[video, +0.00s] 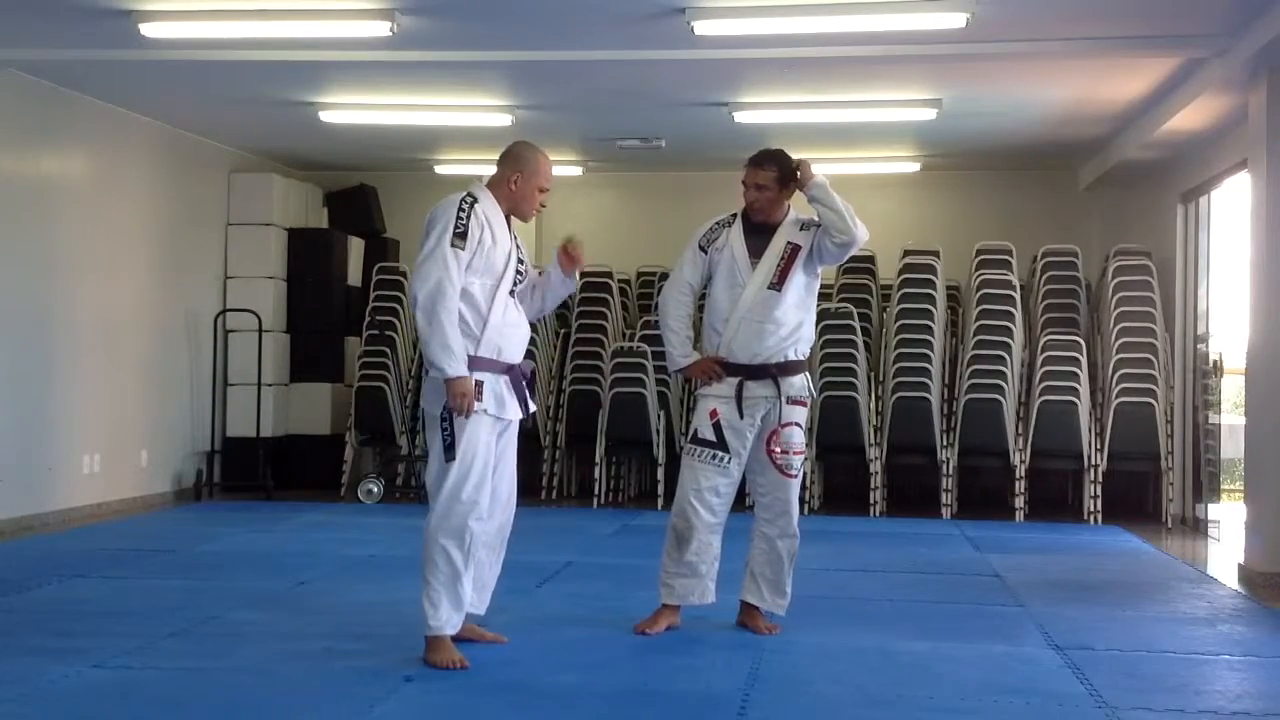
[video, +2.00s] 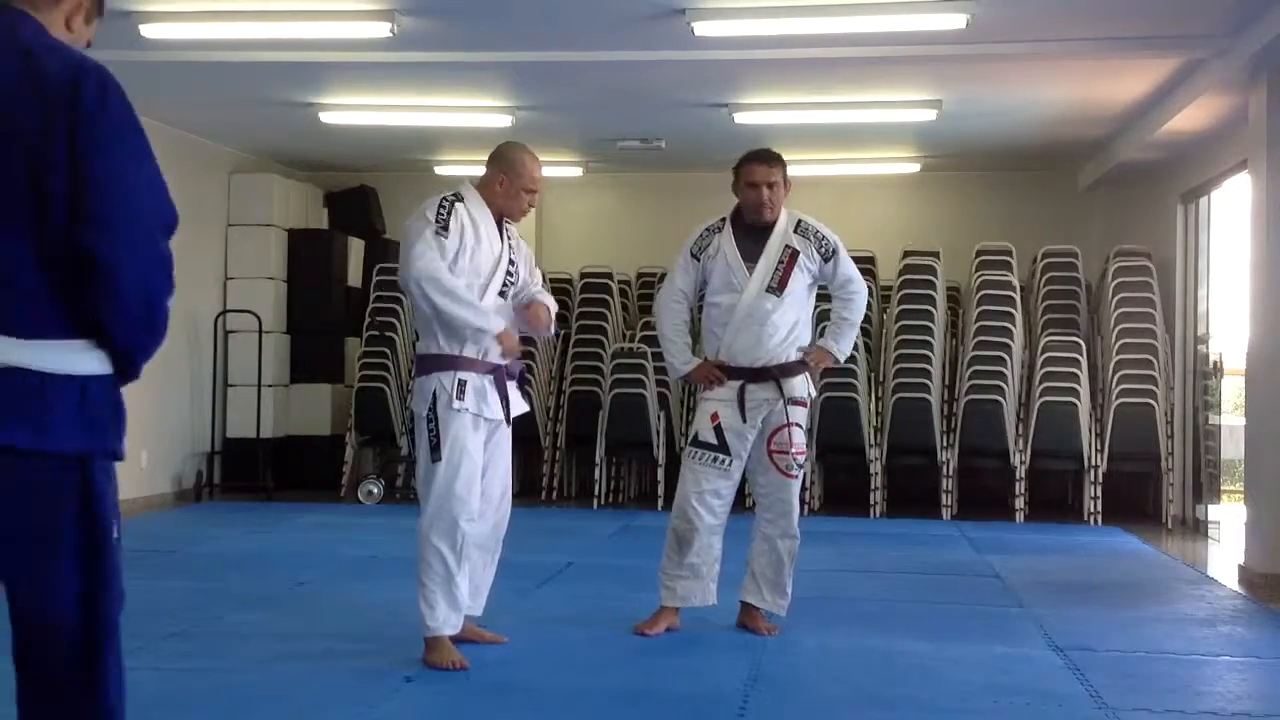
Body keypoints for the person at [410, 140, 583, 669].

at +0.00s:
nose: (546, 199)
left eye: (548, 189)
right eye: (542, 188)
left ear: (517, 182)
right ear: (512, 180)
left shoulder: (507, 235)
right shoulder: (463, 212)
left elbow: (524, 303)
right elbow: (434, 293)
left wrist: (561, 274)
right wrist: (453, 371)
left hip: (504, 389)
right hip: (466, 385)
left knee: (494, 509)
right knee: (457, 508)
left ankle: (463, 617)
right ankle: (438, 631)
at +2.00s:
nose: (533, 203)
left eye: (537, 192)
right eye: (528, 191)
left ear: (508, 185)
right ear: (499, 181)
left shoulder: (512, 242)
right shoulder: (443, 210)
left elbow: (536, 293)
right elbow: (422, 273)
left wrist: (540, 309)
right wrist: (495, 326)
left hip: (497, 389)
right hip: (451, 385)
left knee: (491, 508)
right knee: (450, 507)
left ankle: (463, 618)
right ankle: (439, 632)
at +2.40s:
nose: (526, 197)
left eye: (529, 188)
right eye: (520, 186)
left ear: (510, 183)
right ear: (488, 175)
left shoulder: (505, 227)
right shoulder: (442, 214)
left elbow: (553, 275)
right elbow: (489, 290)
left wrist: (499, 267)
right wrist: (527, 289)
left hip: (494, 391)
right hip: (450, 389)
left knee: (488, 509)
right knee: (448, 510)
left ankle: (462, 619)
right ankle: (437, 634)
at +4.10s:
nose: (501, 192)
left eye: (509, 185)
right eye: (493, 181)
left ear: (514, 190)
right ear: (470, 178)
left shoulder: (504, 241)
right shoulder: (438, 222)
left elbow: (535, 305)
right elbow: (465, 296)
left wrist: (481, 280)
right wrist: (508, 307)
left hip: (488, 387)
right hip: (438, 382)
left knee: (483, 499)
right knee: (438, 494)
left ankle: (452, 613)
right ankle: (414, 587)